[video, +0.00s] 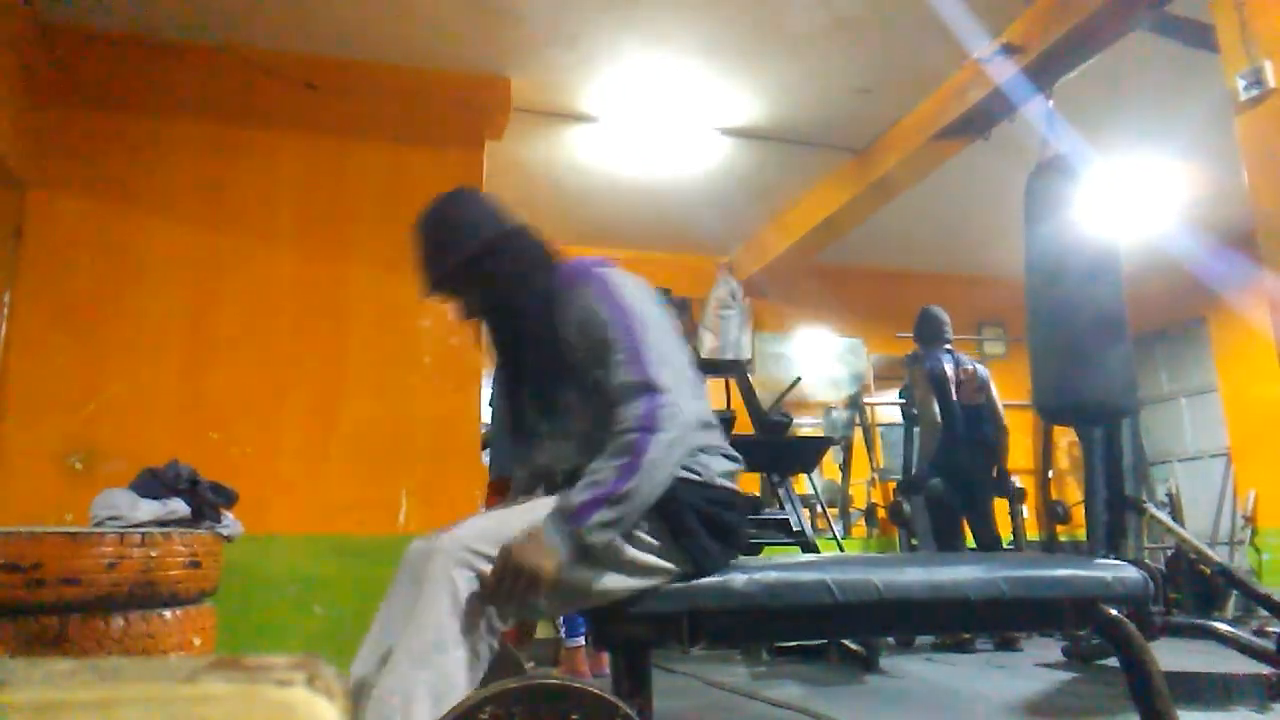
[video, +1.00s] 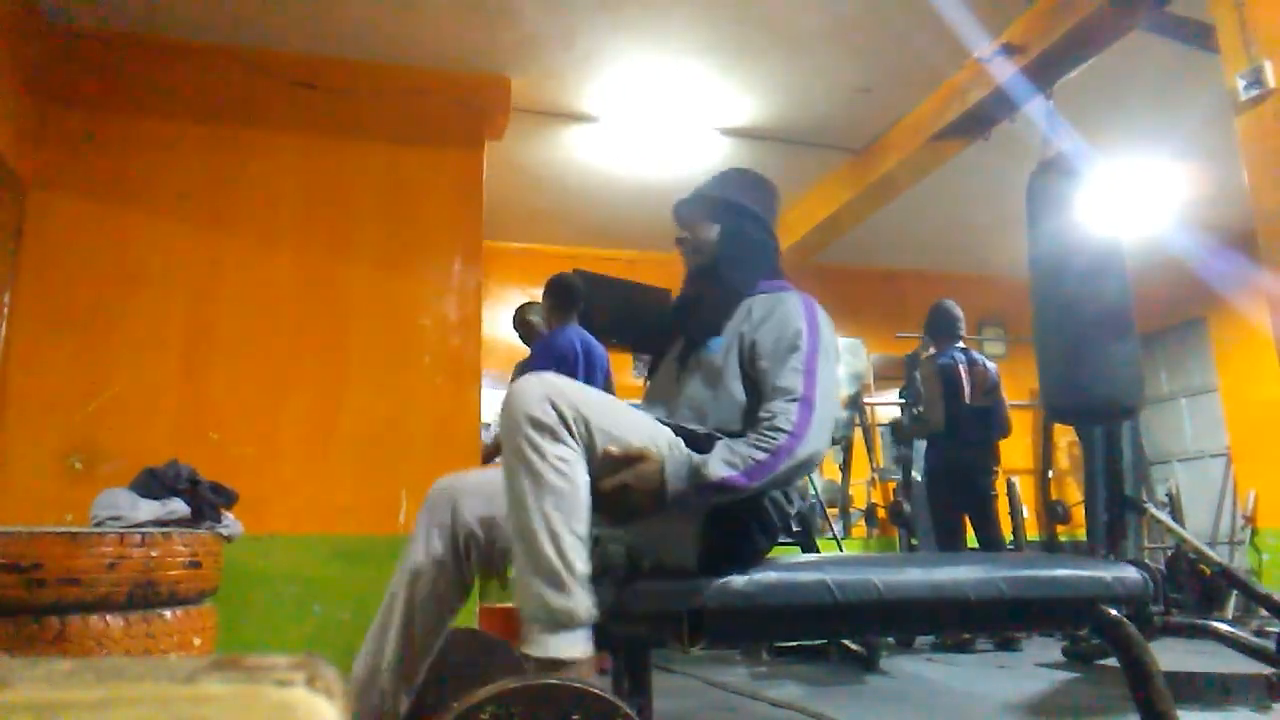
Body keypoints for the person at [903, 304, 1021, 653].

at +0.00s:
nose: (918, 341)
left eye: (917, 336)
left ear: (919, 336)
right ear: (950, 334)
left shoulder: (922, 367)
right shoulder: (977, 368)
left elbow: (932, 419)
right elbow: (1001, 424)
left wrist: (921, 469)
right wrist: (1002, 470)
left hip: (943, 471)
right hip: (978, 470)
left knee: (949, 549)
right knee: (991, 545)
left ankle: (958, 630)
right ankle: (1008, 627)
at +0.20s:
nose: (926, 341)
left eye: (925, 333)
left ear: (926, 334)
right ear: (958, 332)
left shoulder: (927, 367)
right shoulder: (982, 367)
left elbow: (930, 420)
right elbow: (1003, 423)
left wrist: (914, 459)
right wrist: (991, 459)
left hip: (943, 469)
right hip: (978, 470)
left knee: (950, 548)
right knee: (992, 544)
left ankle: (956, 629)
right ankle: (1006, 627)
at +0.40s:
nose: (929, 338)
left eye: (929, 333)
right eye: (933, 333)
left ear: (933, 332)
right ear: (965, 329)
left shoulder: (933, 366)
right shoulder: (989, 365)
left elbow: (924, 421)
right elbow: (1004, 424)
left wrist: (904, 415)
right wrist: (977, 423)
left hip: (945, 466)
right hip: (982, 466)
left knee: (951, 547)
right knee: (995, 543)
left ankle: (956, 629)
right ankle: (1009, 627)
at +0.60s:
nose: (922, 342)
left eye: (921, 337)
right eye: (926, 337)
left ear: (925, 336)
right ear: (955, 332)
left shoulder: (924, 364)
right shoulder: (984, 364)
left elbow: (916, 417)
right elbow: (998, 420)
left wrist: (900, 390)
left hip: (943, 464)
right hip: (981, 463)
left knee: (950, 544)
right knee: (992, 540)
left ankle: (958, 627)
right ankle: (1008, 625)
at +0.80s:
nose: (923, 342)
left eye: (922, 336)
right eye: (926, 336)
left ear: (925, 336)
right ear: (957, 331)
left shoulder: (925, 368)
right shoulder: (985, 366)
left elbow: (921, 421)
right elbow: (999, 424)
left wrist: (905, 393)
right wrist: (969, 429)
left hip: (942, 467)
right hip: (979, 467)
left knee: (950, 546)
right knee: (991, 541)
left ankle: (957, 628)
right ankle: (1007, 625)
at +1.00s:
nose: (928, 339)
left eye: (928, 333)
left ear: (930, 333)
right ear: (963, 330)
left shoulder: (931, 368)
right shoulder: (986, 366)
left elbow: (934, 423)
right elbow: (1004, 424)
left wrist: (905, 428)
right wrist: (972, 431)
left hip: (944, 466)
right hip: (981, 465)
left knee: (950, 546)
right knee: (992, 542)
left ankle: (956, 628)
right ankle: (1008, 626)